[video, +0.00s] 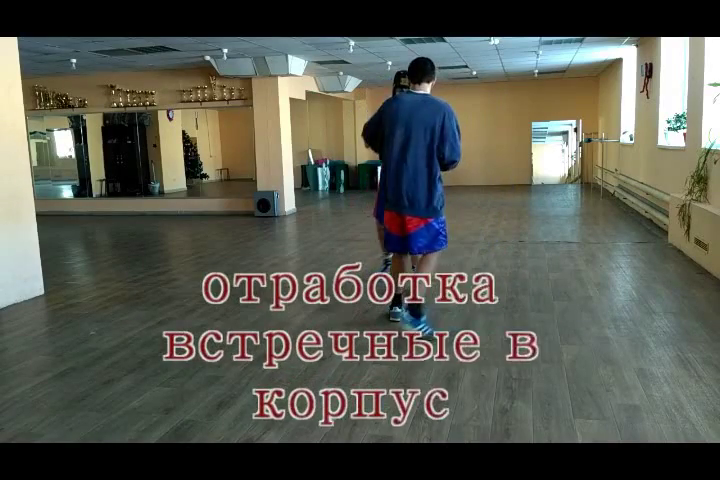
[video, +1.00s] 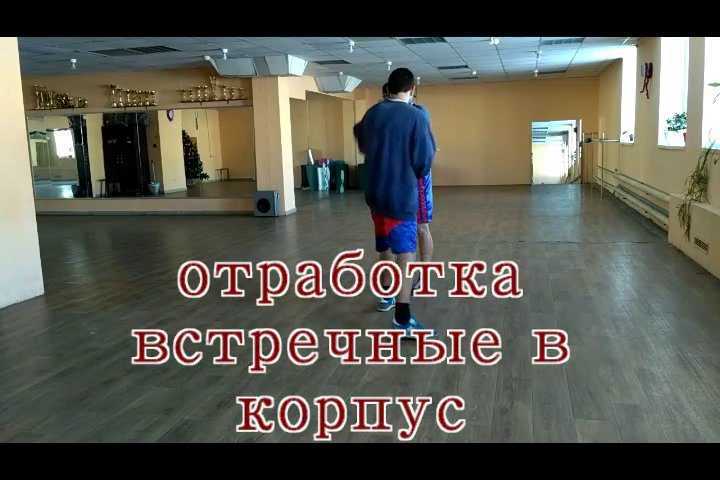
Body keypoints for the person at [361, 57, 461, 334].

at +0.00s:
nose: (433, 83)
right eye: (434, 79)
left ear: (409, 78)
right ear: (432, 80)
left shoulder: (392, 105)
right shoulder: (442, 110)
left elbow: (369, 134)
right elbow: (450, 158)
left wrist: (390, 153)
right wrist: (429, 165)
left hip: (392, 193)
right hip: (425, 195)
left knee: (399, 250)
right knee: (430, 251)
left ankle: (397, 305)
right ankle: (415, 316)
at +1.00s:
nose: (414, 92)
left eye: (413, 89)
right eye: (414, 89)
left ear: (388, 88)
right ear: (412, 90)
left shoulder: (373, 112)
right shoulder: (416, 117)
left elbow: (363, 144)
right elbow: (423, 163)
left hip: (376, 190)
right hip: (404, 194)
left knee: (383, 247)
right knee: (405, 257)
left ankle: (387, 295)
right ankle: (403, 318)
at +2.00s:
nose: (400, 104)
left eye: (399, 100)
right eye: (401, 100)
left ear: (377, 97)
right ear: (397, 99)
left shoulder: (362, 118)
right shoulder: (393, 125)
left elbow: (347, 141)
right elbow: (398, 166)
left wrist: (358, 164)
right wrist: (397, 182)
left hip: (357, 186)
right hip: (377, 190)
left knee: (376, 240)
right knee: (378, 246)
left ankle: (369, 287)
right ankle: (363, 310)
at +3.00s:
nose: (398, 102)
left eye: (398, 98)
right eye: (399, 98)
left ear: (377, 95)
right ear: (394, 98)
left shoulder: (364, 117)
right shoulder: (383, 123)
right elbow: (386, 167)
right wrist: (392, 171)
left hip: (363, 187)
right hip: (371, 192)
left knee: (391, 234)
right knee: (362, 244)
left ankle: (387, 280)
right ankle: (337, 299)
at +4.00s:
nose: (395, 104)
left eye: (395, 100)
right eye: (394, 99)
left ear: (383, 97)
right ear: (385, 97)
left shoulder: (385, 122)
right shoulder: (363, 120)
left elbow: (410, 116)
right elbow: (353, 160)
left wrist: (436, 101)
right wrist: (381, 161)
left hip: (370, 190)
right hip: (352, 190)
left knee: (380, 229)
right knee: (344, 233)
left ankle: (381, 272)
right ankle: (329, 285)